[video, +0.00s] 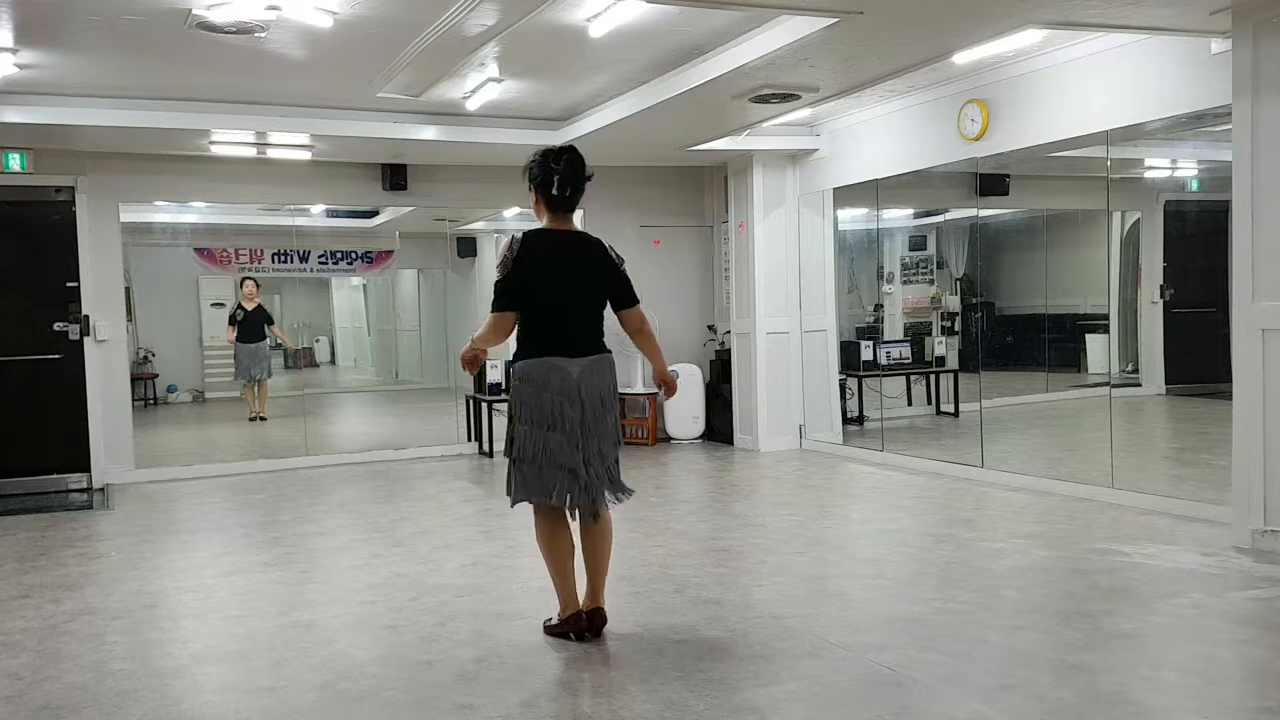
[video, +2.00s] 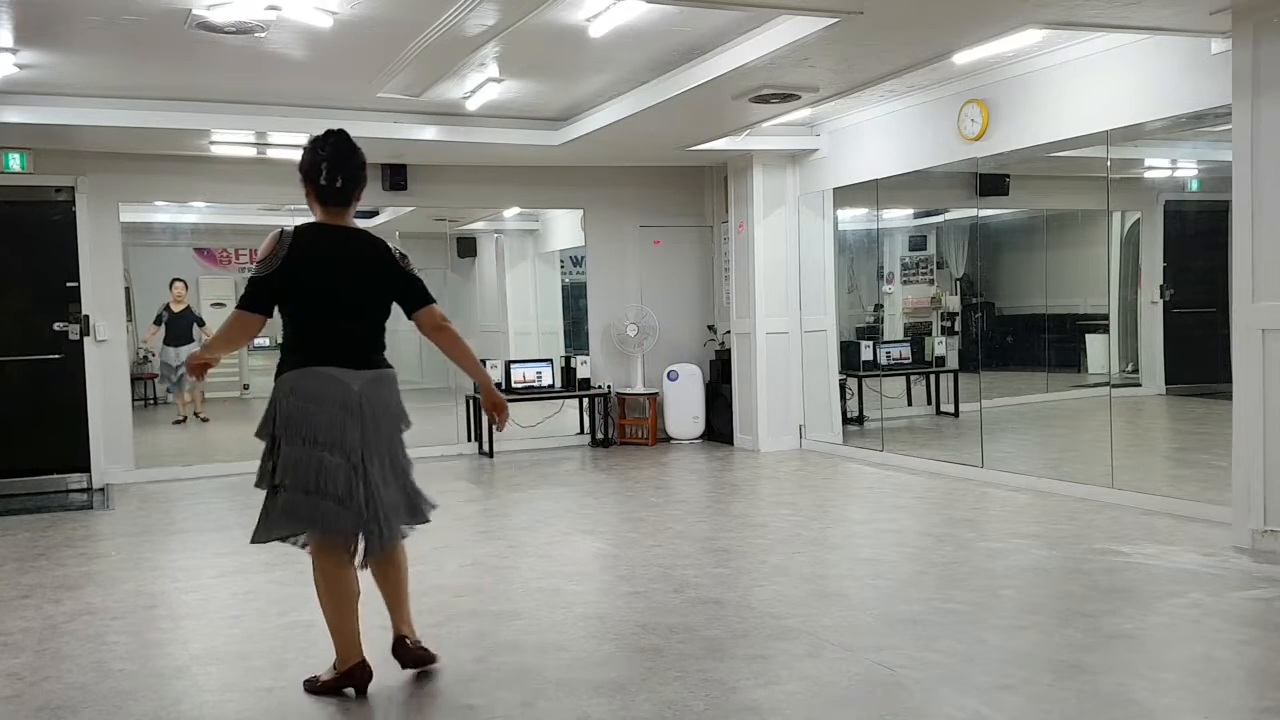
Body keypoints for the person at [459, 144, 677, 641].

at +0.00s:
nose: (530, 197)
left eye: (530, 191)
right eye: (533, 190)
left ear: (535, 195)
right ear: (581, 194)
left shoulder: (522, 250)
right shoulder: (600, 253)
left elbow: (502, 324)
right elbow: (635, 321)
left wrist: (476, 347)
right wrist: (661, 367)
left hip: (539, 377)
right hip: (596, 375)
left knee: (546, 494)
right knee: (593, 490)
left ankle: (570, 610)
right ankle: (595, 604)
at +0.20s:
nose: (513, 199)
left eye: (513, 192)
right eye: (516, 191)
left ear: (520, 196)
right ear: (564, 195)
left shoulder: (507, 251)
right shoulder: (585, 252)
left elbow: (487, 322)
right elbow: (621, 321)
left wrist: (452, 345)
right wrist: (641, 361)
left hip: (523, 379)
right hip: (583, 376)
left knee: (509, 497)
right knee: (591, 493)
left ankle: (513, 613)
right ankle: (594, 606)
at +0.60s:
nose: (456, 195)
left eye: (454, 189)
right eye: (461, 188)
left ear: (458, 195)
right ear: (505, 194)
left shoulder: (440, 251)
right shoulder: (524, 252)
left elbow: (412, 324)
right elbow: (568, 321)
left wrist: (390, 330)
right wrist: (607, 372)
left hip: (463, 380)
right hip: (523, 379)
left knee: (465, 503)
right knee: (548, 490)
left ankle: (472, 623)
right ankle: (586, 596)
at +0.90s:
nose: (428, 198)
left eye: (424, 191)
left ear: (424, 197)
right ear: (473, 195)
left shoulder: (408, 254)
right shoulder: (494, 252)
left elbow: (376, 320)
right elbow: (538, 320)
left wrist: (356, 358)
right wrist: (584, 371)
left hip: (430, 383)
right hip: (493, 382)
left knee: (448, 508)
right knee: (503, 500)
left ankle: (472, 623)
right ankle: (504, 612)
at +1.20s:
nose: (405, 201)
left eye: (400, 194)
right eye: (436, 191)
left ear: (399, 199)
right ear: (450, 196)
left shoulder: (382, 258)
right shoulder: (474, 254)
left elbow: (348, 332)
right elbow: (517, 323)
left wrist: (312, 394)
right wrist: (555, 373)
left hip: (401, 393)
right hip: (462, 392)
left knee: (442, 511)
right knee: (453, 517)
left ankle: (469, 621)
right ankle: (424, 643)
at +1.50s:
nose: (385, 195)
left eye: (376, 187)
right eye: (408, 186)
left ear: (373, 192)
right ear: (425, 190)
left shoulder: (354, 254)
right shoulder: (448, 249)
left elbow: (314, 326)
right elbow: (493, 319)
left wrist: (274, 391)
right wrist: (513, 367)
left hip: (375, 389)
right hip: (442, 385)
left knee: (392, 519)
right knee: (440, 522)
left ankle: (396, 636)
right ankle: (420, 655)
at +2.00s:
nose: (313, 188)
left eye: (307, 180)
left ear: (306, 186)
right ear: (362, 188)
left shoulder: (287, 248)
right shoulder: (381, 254)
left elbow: (247, 323)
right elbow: (434, 324)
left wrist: (209, 353)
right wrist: (484, 380)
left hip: (309, 392)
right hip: (375, 392)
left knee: (328, 529)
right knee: (383, 518)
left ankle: (350, 661)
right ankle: (405, 633)